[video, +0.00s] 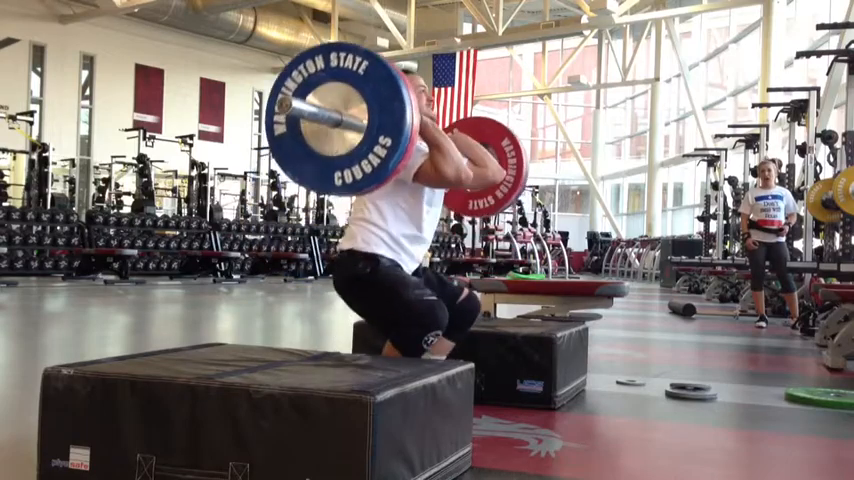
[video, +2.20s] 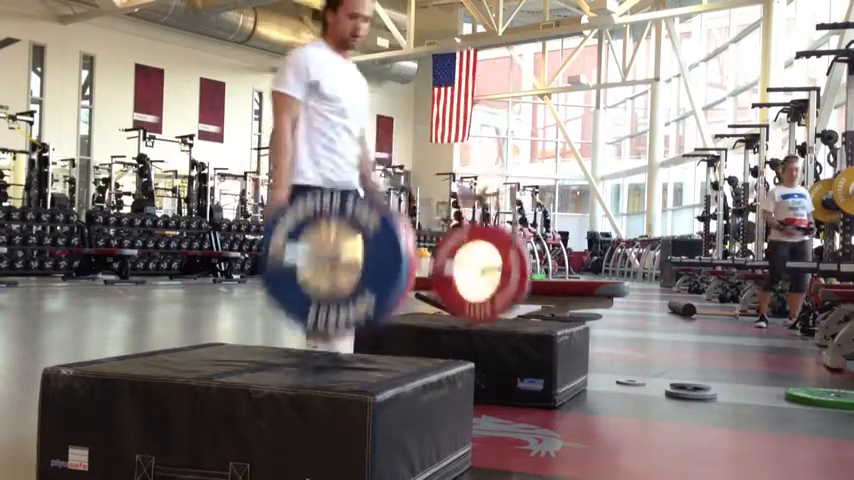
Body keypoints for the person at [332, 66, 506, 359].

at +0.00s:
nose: (427, 97)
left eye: (426, 91)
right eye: (418, 91)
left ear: (428, 98)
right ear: (398, 99)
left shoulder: (428, 152)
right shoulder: (391, 139)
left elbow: (494, 173)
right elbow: (455, 175)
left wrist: (453, 136)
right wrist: (424, 122)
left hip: (403, 266)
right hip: (364, 262)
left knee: (465, 306)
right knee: (425, 315)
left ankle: (418, 386)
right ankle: (378, 392)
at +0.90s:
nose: (426, 47)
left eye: (425, 41)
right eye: (419, 41)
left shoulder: (433, 103)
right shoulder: (391, 92)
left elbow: (496, 122)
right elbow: (459, 113)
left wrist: (448, 84)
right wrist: (429, 65)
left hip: (429, 228)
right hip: (394, 222)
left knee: (465, 301)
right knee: (423, 306)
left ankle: (417, 387)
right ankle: (377, 394)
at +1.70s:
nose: (430, 10)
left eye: (431, 5)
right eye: (424, 3)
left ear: (431, 12)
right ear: (404, 7)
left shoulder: (430, 59)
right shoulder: (388, 44)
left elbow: (451, 121)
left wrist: (470, 85)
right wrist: (434, 67)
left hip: (415, 193)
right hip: (378, 186)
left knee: (411, 296)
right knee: (378, 296)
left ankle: (412, 382)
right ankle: (370, 389)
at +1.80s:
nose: (430, 15)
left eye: (432, 10)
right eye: (426, 7)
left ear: (424, 12)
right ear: (407, 4)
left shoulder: (410, 47)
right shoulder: (371, 36)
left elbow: (403, 98)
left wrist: (439, 87)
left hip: (401, 188)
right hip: (367, 186)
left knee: (414, 276)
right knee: (371, 294)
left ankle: (391, 373)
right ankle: (370, 386)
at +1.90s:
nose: (415, 15)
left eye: (417, 9)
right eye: (408, 6)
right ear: (381, 7)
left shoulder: (399, 65)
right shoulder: (362, 52)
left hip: (396, 196)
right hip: (361, 194)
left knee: (403, 292)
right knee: (367, 299)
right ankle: (373, 386)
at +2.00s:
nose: (398, 24)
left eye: (402, 16)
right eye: (390, 14)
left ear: (403, 20)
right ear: (363, 13)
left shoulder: (381, 70)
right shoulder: (340, 58)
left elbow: (373, 136)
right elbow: (292, 113)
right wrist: (252, 160)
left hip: (375, 189)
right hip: (343, 186)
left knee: (370, 286)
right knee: (358, 291)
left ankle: (323, 365)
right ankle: (373, 384)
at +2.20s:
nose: (360, 26)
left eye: (366, 20)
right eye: (353, 17)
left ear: (370, 26)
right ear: (330, 15)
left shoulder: (356, 78)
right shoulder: (304, 59)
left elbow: (360, 145)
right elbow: (283, 125)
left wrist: (376, 196)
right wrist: (280, 189)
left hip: (350, 196)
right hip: (311, 193)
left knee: (339, 290)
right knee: (326, 291)